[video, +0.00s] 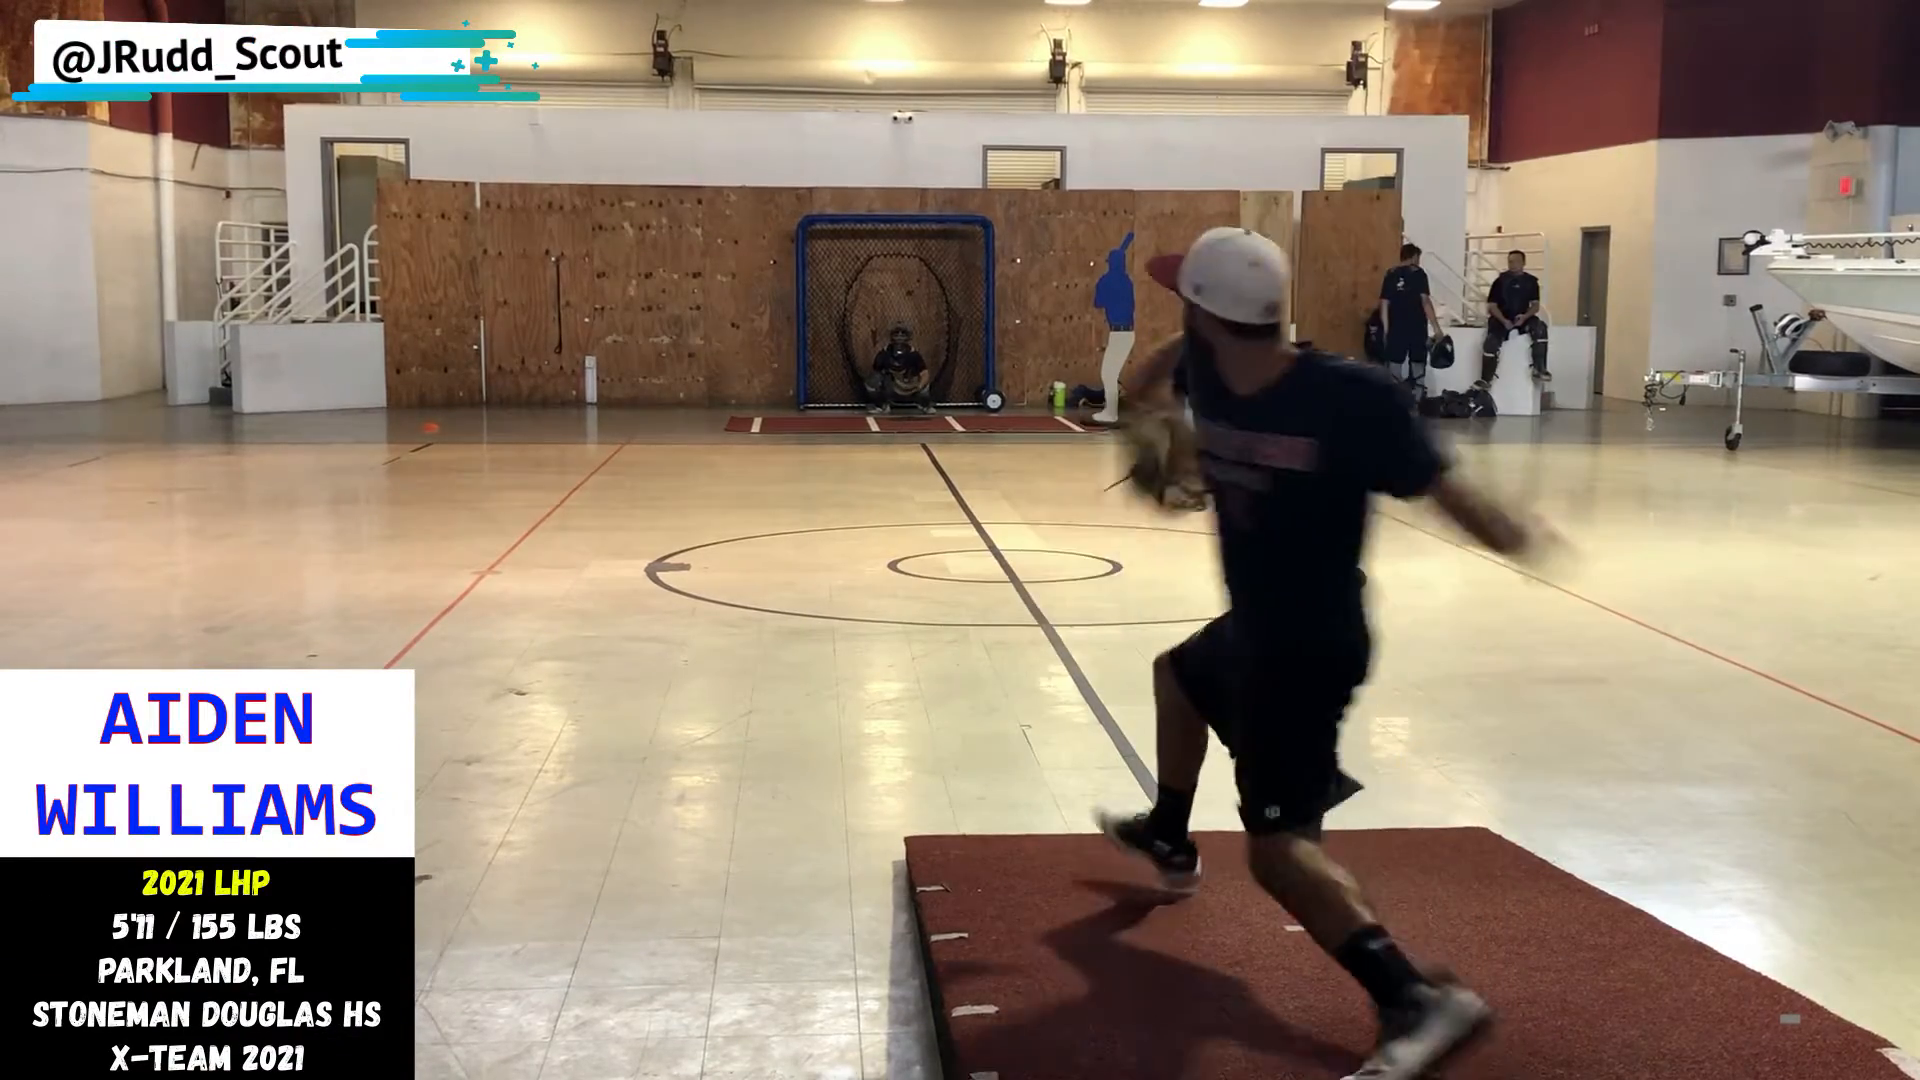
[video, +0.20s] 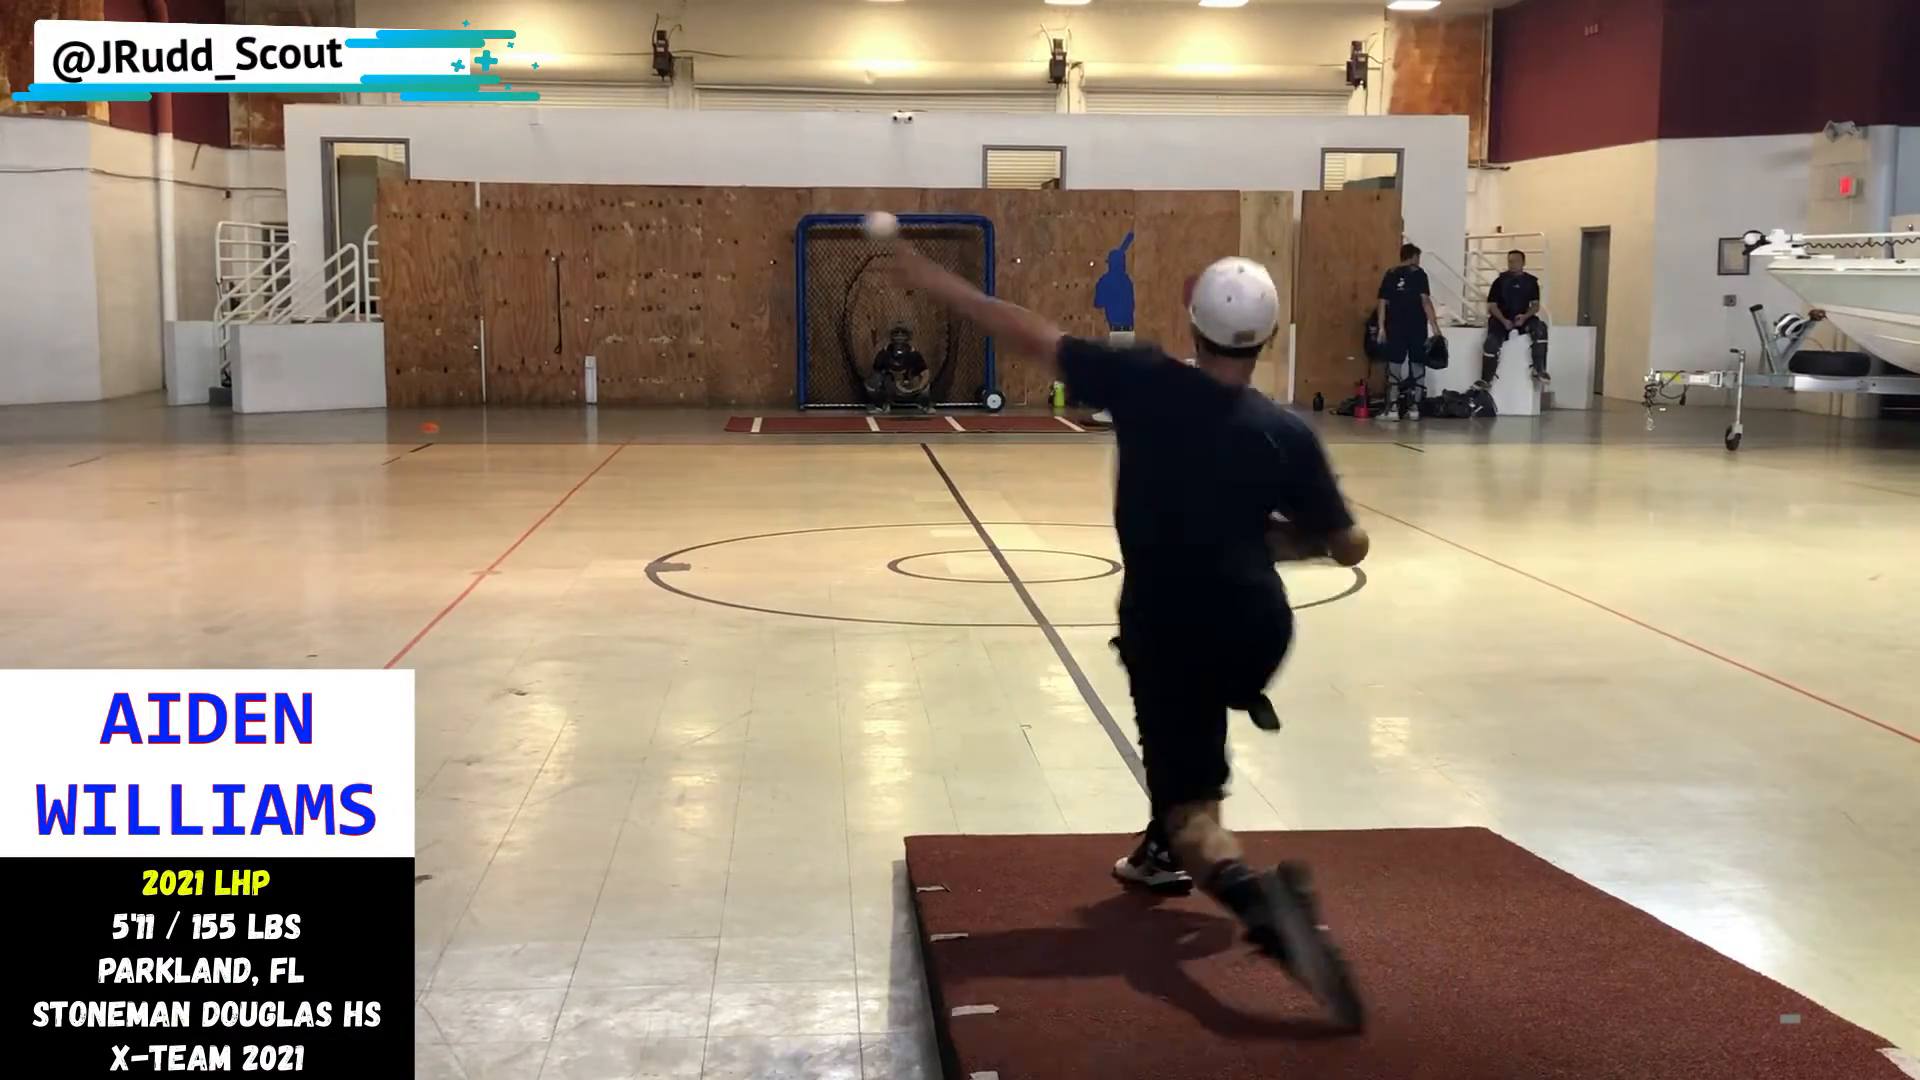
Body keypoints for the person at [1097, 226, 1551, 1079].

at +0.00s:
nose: (1183, 319)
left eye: (1187, 308)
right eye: (1185, 309)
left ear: (1207, 317)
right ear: (1274, 309)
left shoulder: (1354, 400)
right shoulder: (1210, 374)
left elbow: (1446, 486)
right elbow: (1143, 385)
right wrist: (1149, 437)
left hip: (1312, 642)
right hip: (1257, 619)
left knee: (1278, 848)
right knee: (1175, 679)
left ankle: (1413, 1002)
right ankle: (1167, 830)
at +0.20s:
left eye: (1192, 310)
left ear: (1191, 322)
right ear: (1266, 337)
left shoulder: (1141, 381)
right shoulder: (1286, 434)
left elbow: (1028, 333)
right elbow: (1344, 542)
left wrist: (920, 271)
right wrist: (1262, 535)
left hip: (1164, 632)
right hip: (1257, 630)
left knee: (1193, 819)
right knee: (1193, 711)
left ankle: (1259, 900)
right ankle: (1169, 844)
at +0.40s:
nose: (1296, 373)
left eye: (1294, 365)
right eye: (1296, 364)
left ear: (1227, 353)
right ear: (1288, 362)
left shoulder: (1182, 396)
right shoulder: (1269, 379)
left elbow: (1192, 524)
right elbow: (1220, 394)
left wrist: (1274, 541)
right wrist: (1287, 506)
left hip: (1096, 490)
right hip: (1175, 528)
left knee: (1041, 645)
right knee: (1156, 690)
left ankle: (1199, 624)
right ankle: (1152, 845)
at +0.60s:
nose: (1316, 340)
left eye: (1307, 335)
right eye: (1319, 333)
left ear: (1258, 316)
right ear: (1315, 332)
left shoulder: (1228, 362)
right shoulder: (1292, 348)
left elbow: (1165, 451)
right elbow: (1218, 341)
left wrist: (1212, 541)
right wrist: (1216, 404)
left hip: (1112, 473)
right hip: (1176, 495)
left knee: (978, 566)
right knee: (1161, 677)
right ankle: (1149, 843)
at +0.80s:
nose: (1331, 291)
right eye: (1333, 283)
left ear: (1267, 277)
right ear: (1329, 282)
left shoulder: (1241, 325)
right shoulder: (1309, 304)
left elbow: (1221, 421)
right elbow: (1278, 339)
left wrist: (1275, 497)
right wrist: (1288, 442)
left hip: (1110, 458)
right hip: (1177, 475)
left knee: (1046, 617)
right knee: (1155, 664)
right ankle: (1141, 844)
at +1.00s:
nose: (1313, 241)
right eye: (1314, 230)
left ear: (1248, 230)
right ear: (1310, 232)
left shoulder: (1215, 289)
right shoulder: (1291, 270)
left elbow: (1176, 386)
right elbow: (1297, 320)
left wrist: (1247, 451)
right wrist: (1336, 425)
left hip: (1150, 477)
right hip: (1212, 482)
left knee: (1195, 652)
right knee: (1189, 658)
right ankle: (1142, 827)